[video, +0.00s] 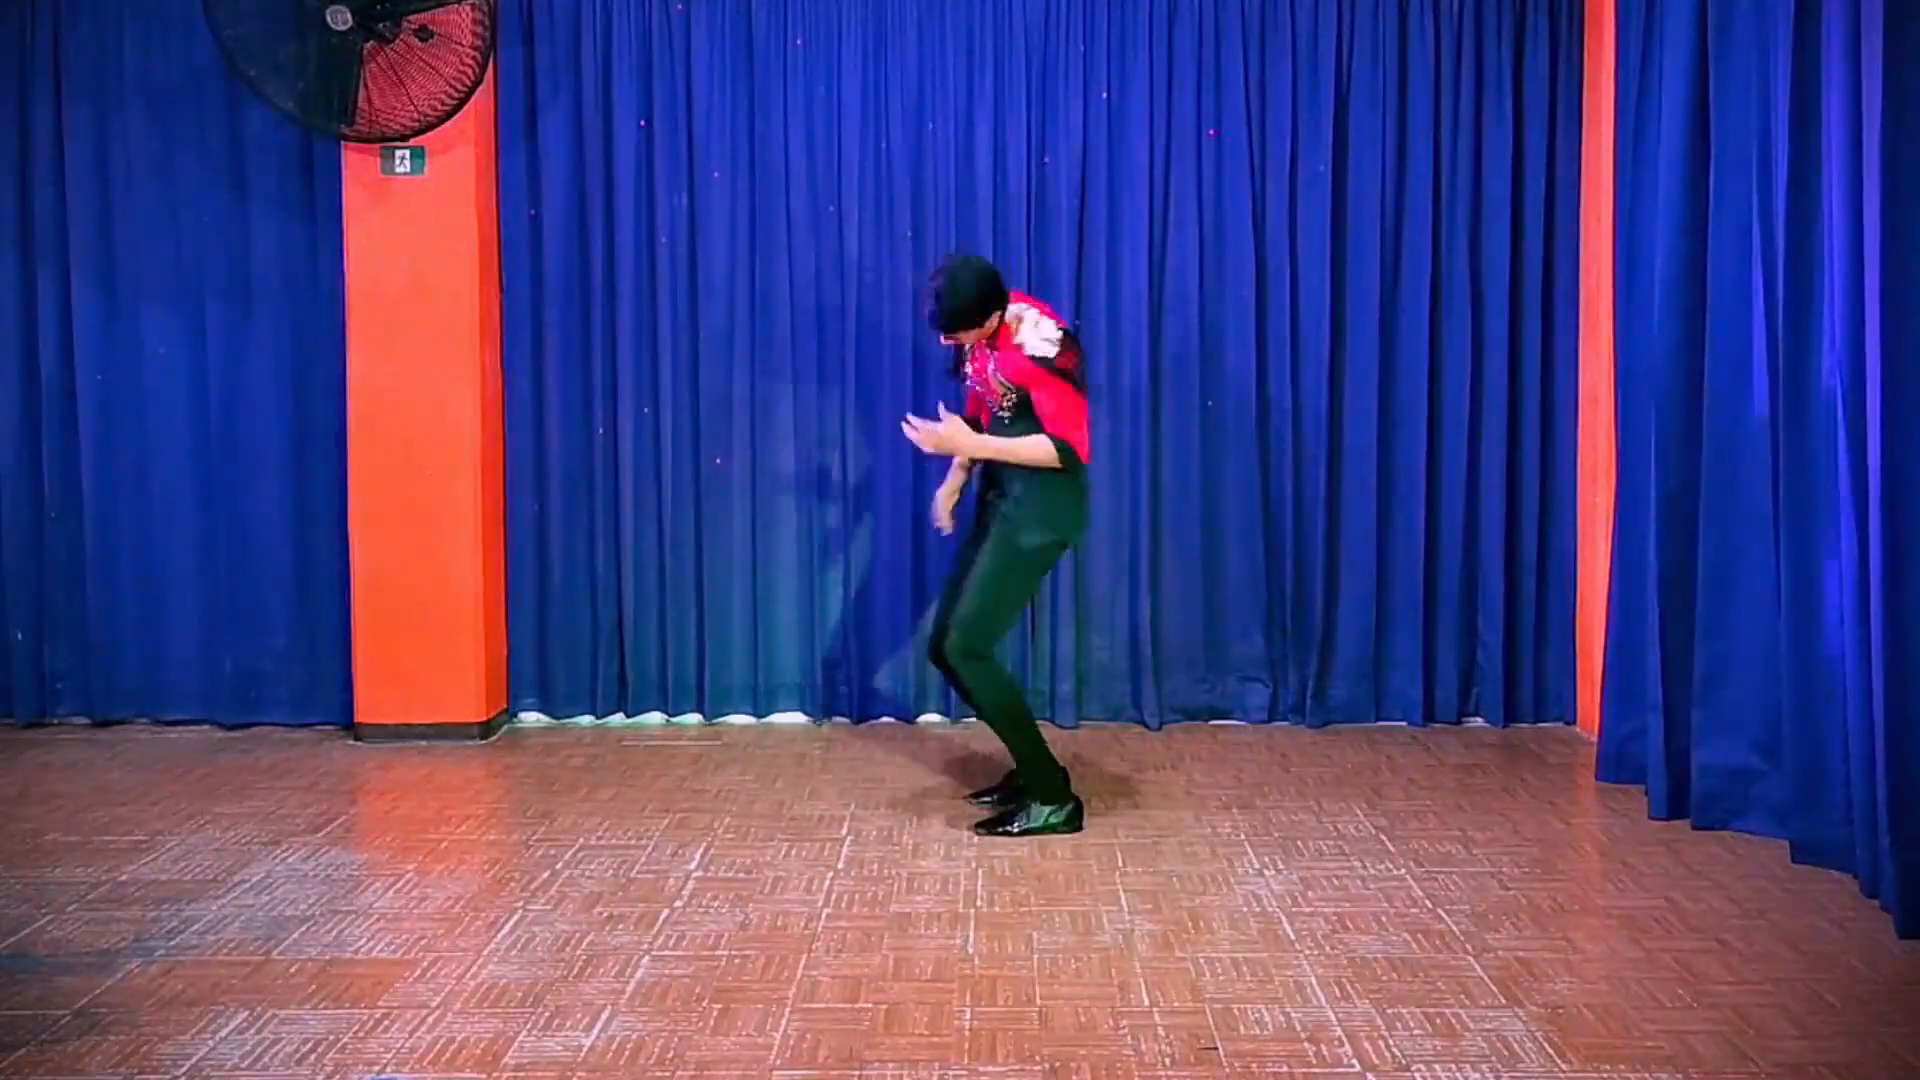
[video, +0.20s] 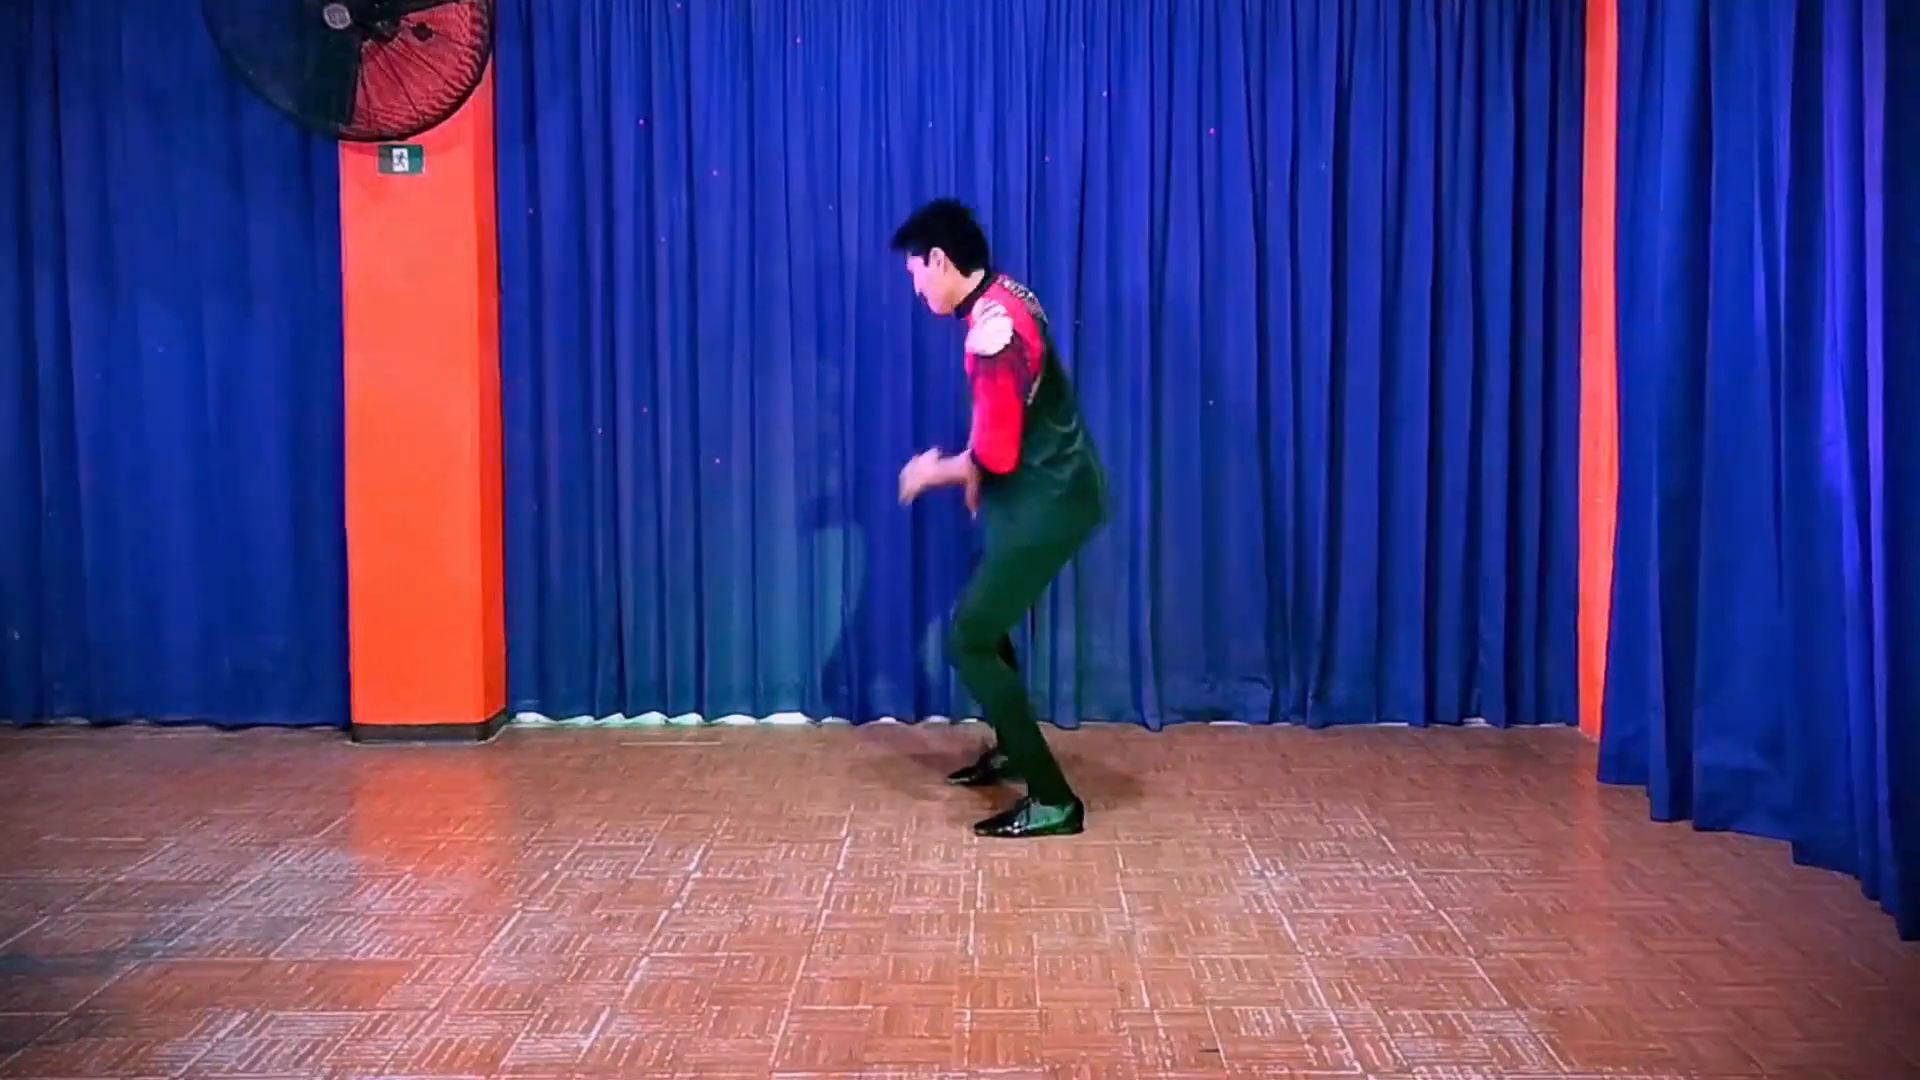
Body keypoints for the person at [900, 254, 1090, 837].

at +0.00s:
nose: (954, 342)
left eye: (962, 332)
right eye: (949, 333)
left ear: (992, 316)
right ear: (959, 315)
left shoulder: (1037, 352)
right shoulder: (985, 336)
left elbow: (1069, 448)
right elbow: (989, 420)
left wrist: (969, 443)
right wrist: (955, 480)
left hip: (1042, 511)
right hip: (1002, 505)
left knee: (965, 646)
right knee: (946, 645)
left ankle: (1053, 797)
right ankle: (1030, 773)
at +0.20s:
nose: (915, 284)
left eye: (917, 268)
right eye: (912, 271)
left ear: (946, 260)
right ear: (958, 260)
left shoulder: (993, 327)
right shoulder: (1000, 301)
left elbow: (997, 453)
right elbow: (1000, 407)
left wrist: (932, 471)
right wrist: (976, 465)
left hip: (1055, 499)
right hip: (1038, 491)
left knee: (971, 640)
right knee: (980, 620)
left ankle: (1053, 802)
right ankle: (1016, 747)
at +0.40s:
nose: (923, 280)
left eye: (934, 269)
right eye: (925, 267)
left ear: (973, 278)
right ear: (975, 277)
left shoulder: (989, 350)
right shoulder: (1019, 313)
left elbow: (945, 453)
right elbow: (1013, 430)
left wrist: (850, 431)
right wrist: (947, 463)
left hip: (1053, 511)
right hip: (1045, 496)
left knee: (958, 651)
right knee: (977, 624)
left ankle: (1053, 800)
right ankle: (1018, 746)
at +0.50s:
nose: (936, 268)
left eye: (946, 255)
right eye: (935, 255)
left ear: (987, 257)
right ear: (984, 259)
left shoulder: (1003, 325)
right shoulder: (1024, 300)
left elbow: (922, 419)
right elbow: (1026, 411)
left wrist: (861, 336)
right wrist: (962, 453)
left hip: (1053, 500)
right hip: (1041, 488)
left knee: (970, 642)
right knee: (964, 614)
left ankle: (1053, 800)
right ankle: (1020, 745)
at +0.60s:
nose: (948, 260)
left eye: (960, 249)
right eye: (948, 247)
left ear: (1002, 256)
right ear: (989, 256)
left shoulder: (1018, 322)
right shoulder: (1005, 298)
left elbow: (901, 360)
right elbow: (1025, 397)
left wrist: (899, 294)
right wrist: (1000, 463)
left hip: (1061, 499)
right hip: (1032, 490)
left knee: (977, 639)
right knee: (957, 615)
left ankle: (1052, 801)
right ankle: (1042, 746)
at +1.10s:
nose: (948, 303)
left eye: (957, 283)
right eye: (936, 291)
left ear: (992, 268)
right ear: (929, 287)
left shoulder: (1043, 318)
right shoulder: (982, 336)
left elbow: (1137, 369)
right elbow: (984, 408)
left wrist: (1101, 467)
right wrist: (988, 463)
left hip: (1073, 497)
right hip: (1029, 496)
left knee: (984, 620)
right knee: (970, 634)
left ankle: (1049, 793)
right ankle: (1050, 772)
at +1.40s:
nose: (979, 277)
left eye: (992, 262)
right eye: (965, 265)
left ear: (1016, 266)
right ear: (948, 273)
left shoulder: (1052, 330)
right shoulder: (948, 348)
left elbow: (1159, 381)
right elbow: (933, 445)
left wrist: (1103, 468)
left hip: (1065, 507)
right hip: (999, 515)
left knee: (1027, 635)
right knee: (965, 657)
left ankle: (1044, 828)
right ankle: (1056, 769)